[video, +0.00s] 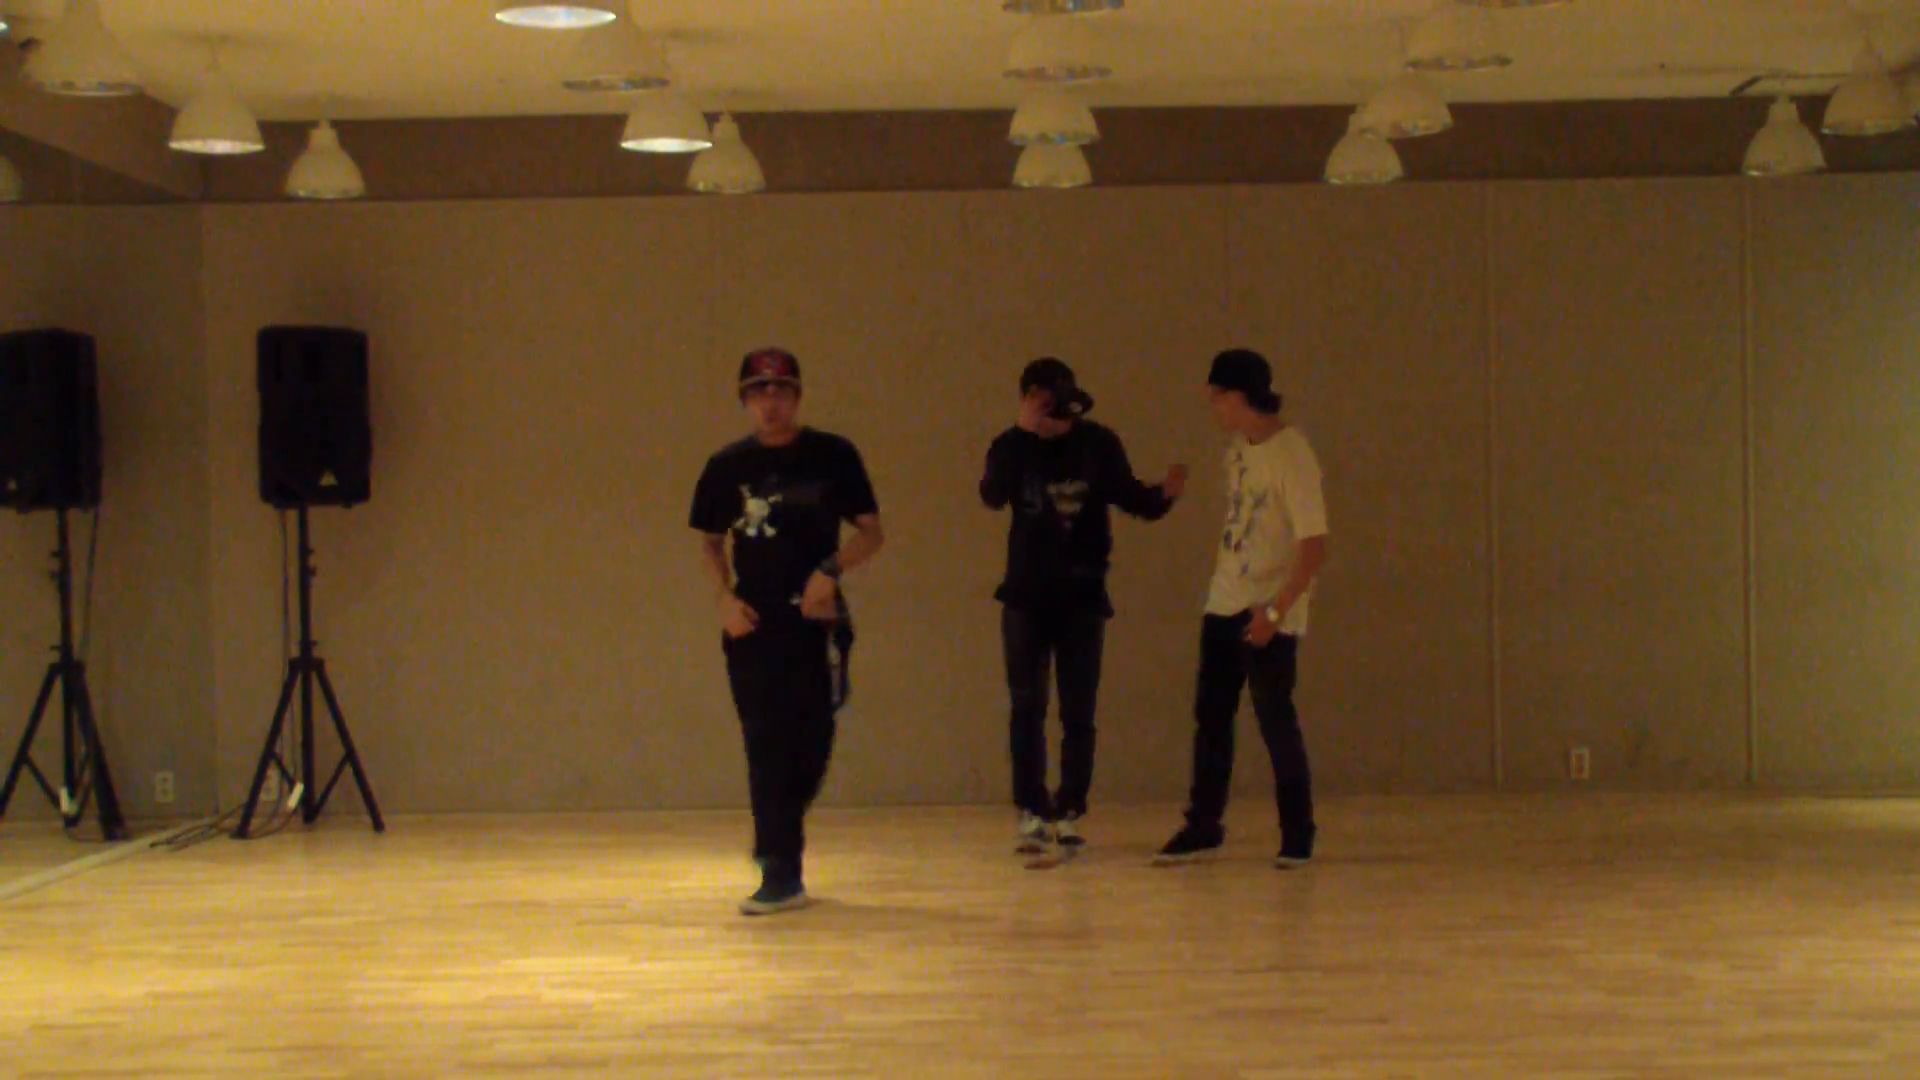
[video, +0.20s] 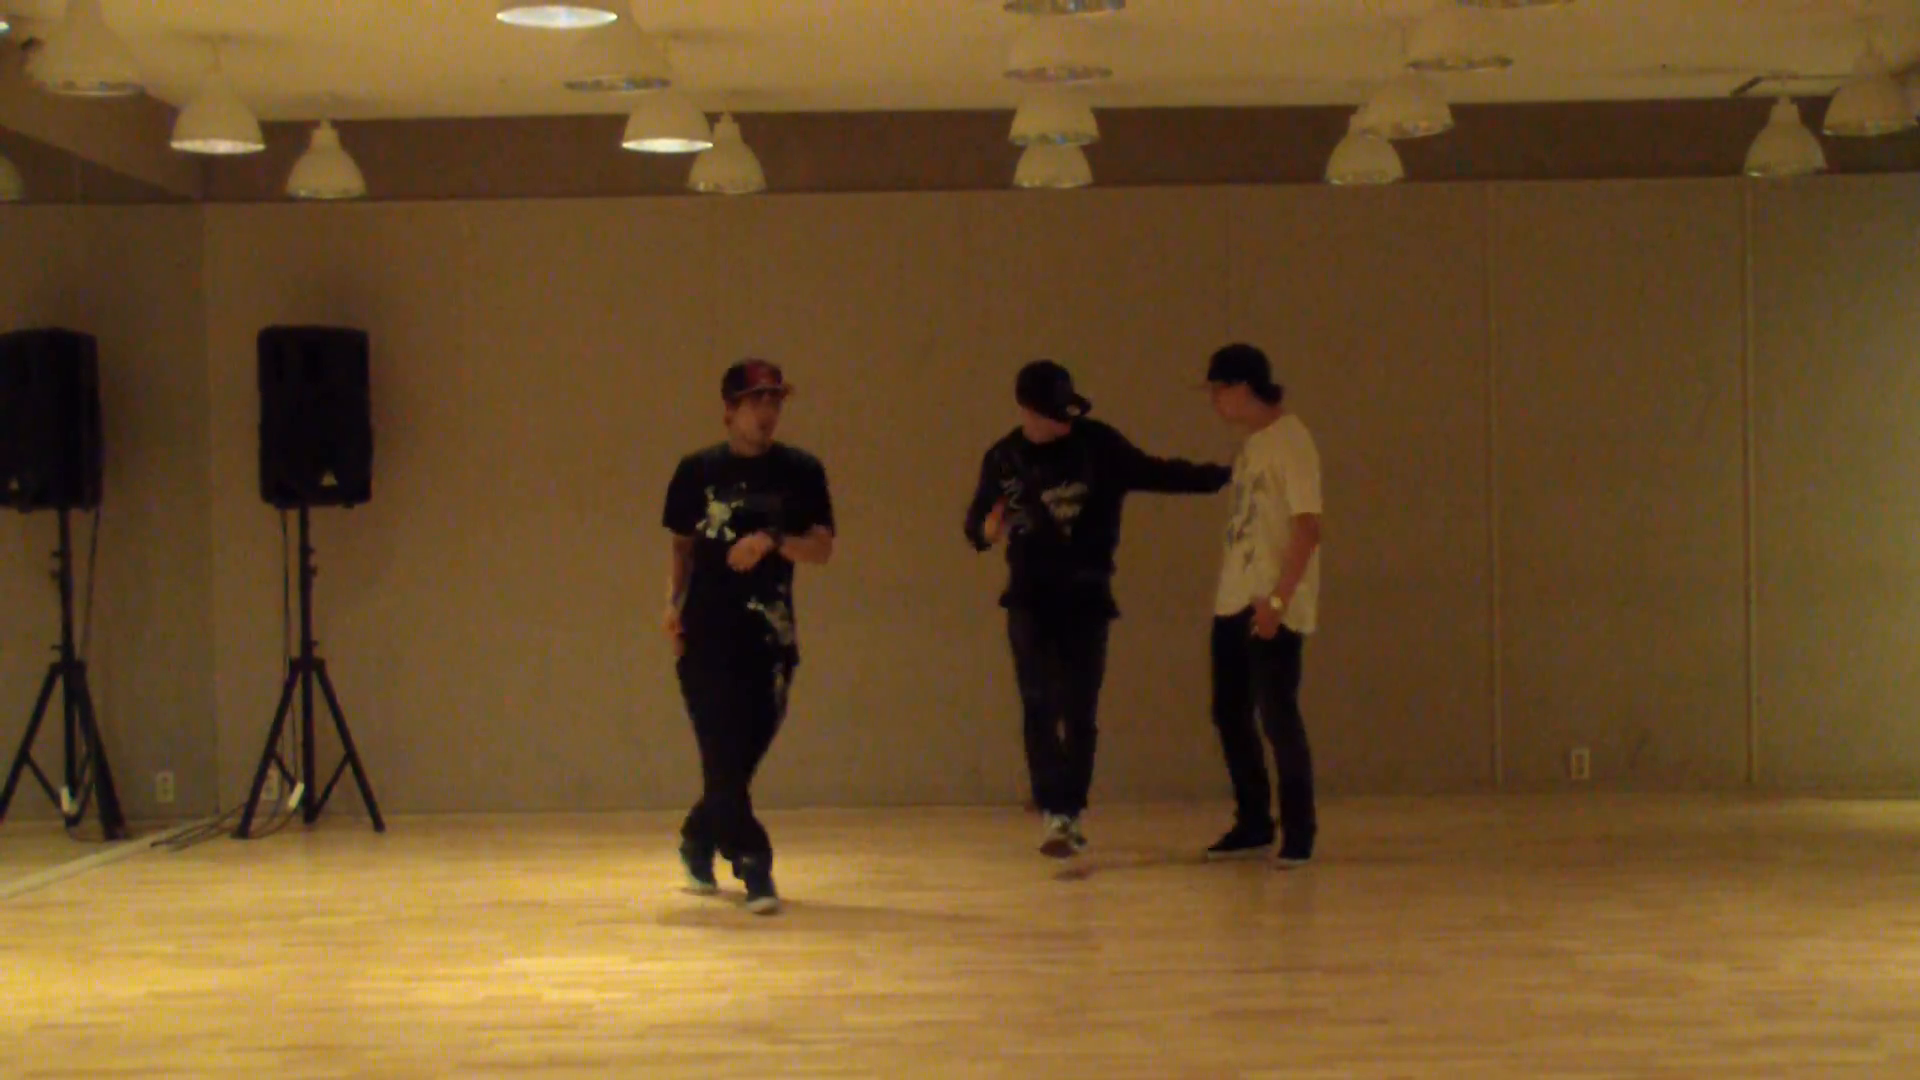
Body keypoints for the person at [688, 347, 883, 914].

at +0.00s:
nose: (772, 401)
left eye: (782, 389)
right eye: (759, 391)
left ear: (799, 396)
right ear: (744, 401)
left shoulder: (833, 456)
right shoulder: (726, 467)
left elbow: (871, 531)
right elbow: (710, 541)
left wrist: (831, 571)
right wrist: (725, 597)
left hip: (814, 627)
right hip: (753, 629)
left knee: (809, 748)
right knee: (766, 748)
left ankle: (777, 839)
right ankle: (779, 873)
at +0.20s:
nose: (767, 412)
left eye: (774, 401)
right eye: (756, 401)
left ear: (783, 409)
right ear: (730, 409)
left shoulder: (801, 470)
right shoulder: (696, 472)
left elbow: (822, 547)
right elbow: (681, 545)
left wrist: (773, 542)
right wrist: (674, 603)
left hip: (770, 627)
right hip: (706, 625)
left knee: (753, 740)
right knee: (723, 741)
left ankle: (699, 833)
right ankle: (753, 863)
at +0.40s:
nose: (762, 429)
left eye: (765, 419)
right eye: (754, 419)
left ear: (759, 422)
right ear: (721, 417)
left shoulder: (770, 483)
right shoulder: (667, 466)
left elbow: (771, 559)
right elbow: (642, 543)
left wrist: (750, 566)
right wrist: (636, 613)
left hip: (730, 629)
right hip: (671, 623)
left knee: (712, 743)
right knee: (682, 739)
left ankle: (694, 854)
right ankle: (692, 856)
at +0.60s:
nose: (744, 422)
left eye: (746, 412)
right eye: (736, 412)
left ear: (733, 417)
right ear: (703, 412)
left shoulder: (747, 482)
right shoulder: (645, 461)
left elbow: (754, 561)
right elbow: (616, 536)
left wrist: (738, 617)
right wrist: (605, 609)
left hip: (703, 632)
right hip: (644, 623)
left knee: (699, 743)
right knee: (632, 738)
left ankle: (686, 851)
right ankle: (627, 844)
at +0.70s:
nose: (734, 423)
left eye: (736, 414)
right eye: (726, 413)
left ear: (725, 418)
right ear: (692, 413)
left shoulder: (738, 483)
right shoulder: (635, 463)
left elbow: (747, 554)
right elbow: (607, 538)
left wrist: (742, 610)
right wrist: (595, 609)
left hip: (696, 635)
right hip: (634, 627)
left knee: (695, 745)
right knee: (610, 743)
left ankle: (685, 850)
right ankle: (627, 826)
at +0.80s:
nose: (722, 430)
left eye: (725, 421)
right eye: (713, 420)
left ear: (720, 426)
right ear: (681, 420)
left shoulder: (724, 490)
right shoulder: (625, 470)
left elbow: (742, 557)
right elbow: (598, 542)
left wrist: (738, 610)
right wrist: (593, 614)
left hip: (687, 631)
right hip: (627, 627)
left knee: (689, 744)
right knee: (614, 742)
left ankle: (685, 847)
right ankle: (635, 819)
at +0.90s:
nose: (697, 435)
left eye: (702, 426)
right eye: (688, 425)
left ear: (705, 430)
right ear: (658, 426)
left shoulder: (713, 496)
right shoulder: (612, 481)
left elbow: (733, 564)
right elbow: (582, 555)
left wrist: (725, 614)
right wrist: (588, 622)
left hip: (679, 638)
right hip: (621, 634)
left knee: (682, 744)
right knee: (624, 743)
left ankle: (686, 851)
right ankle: (636, 835)